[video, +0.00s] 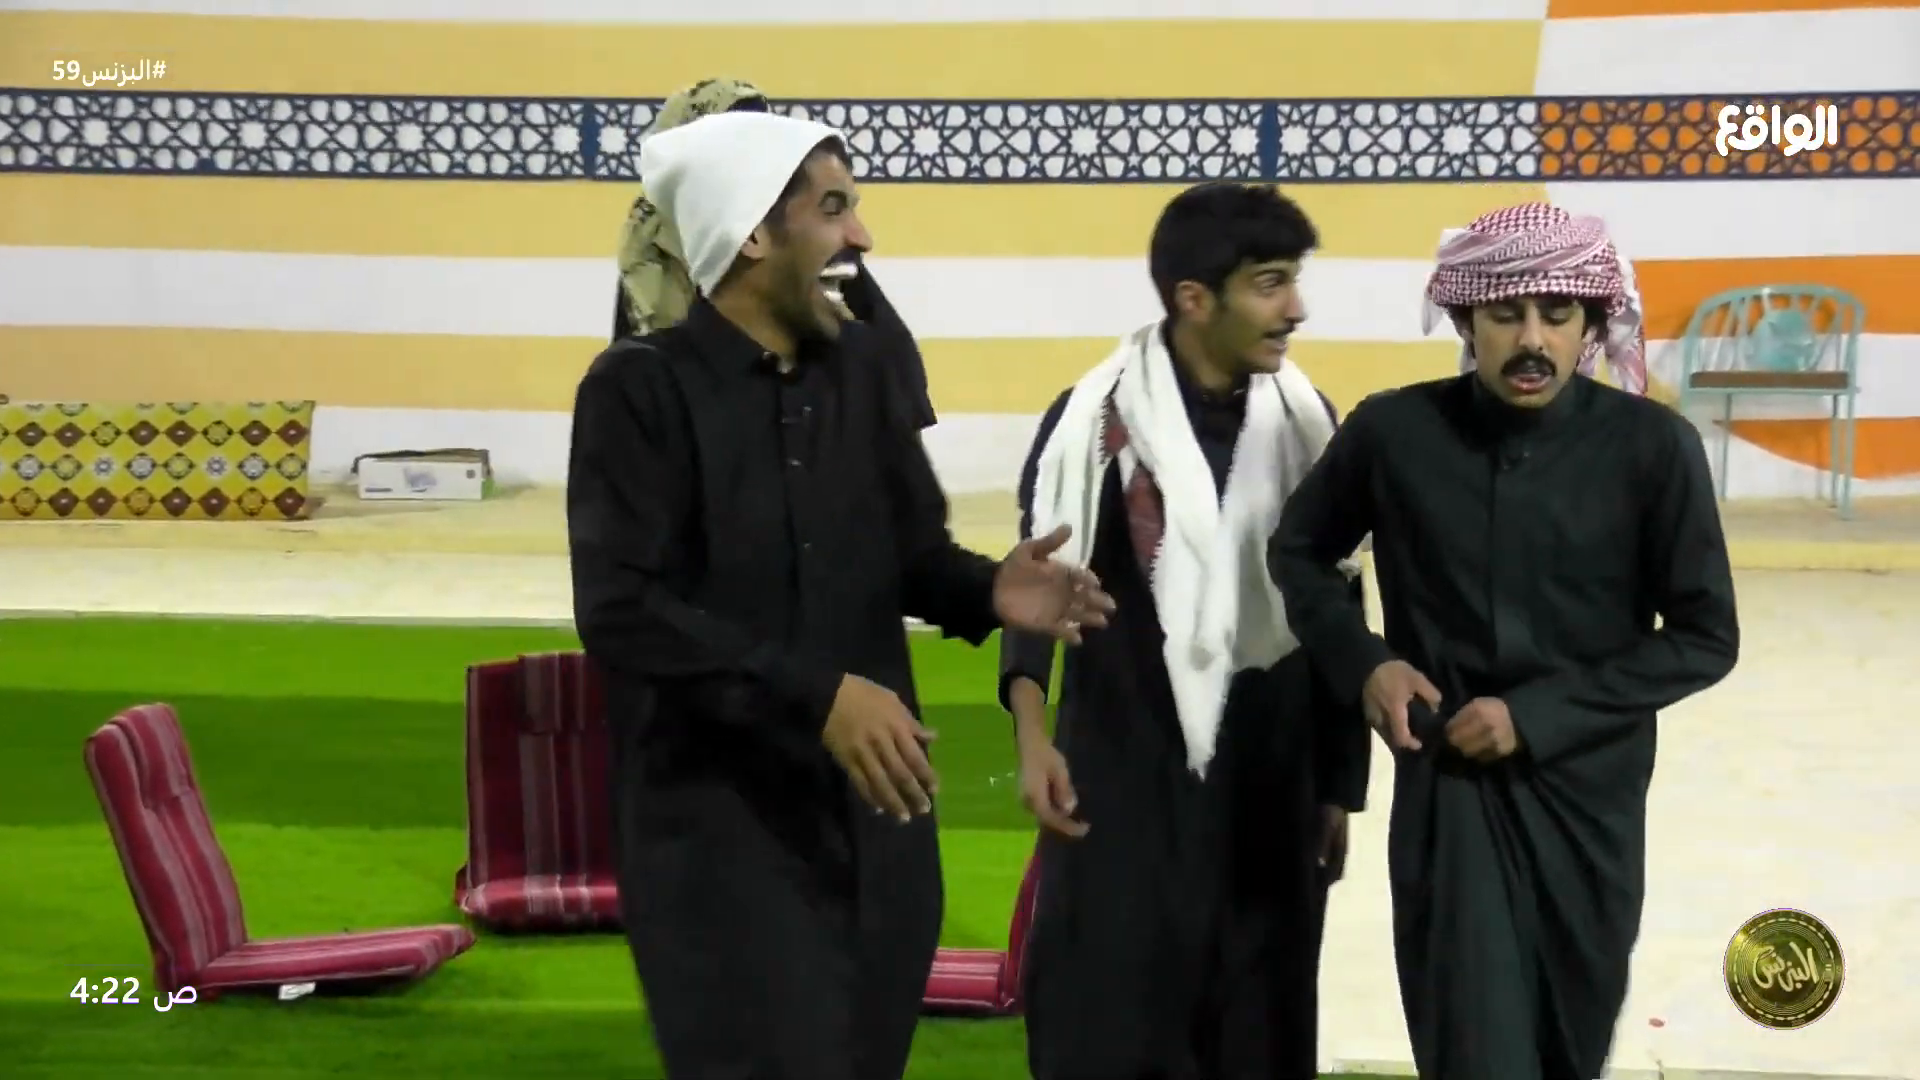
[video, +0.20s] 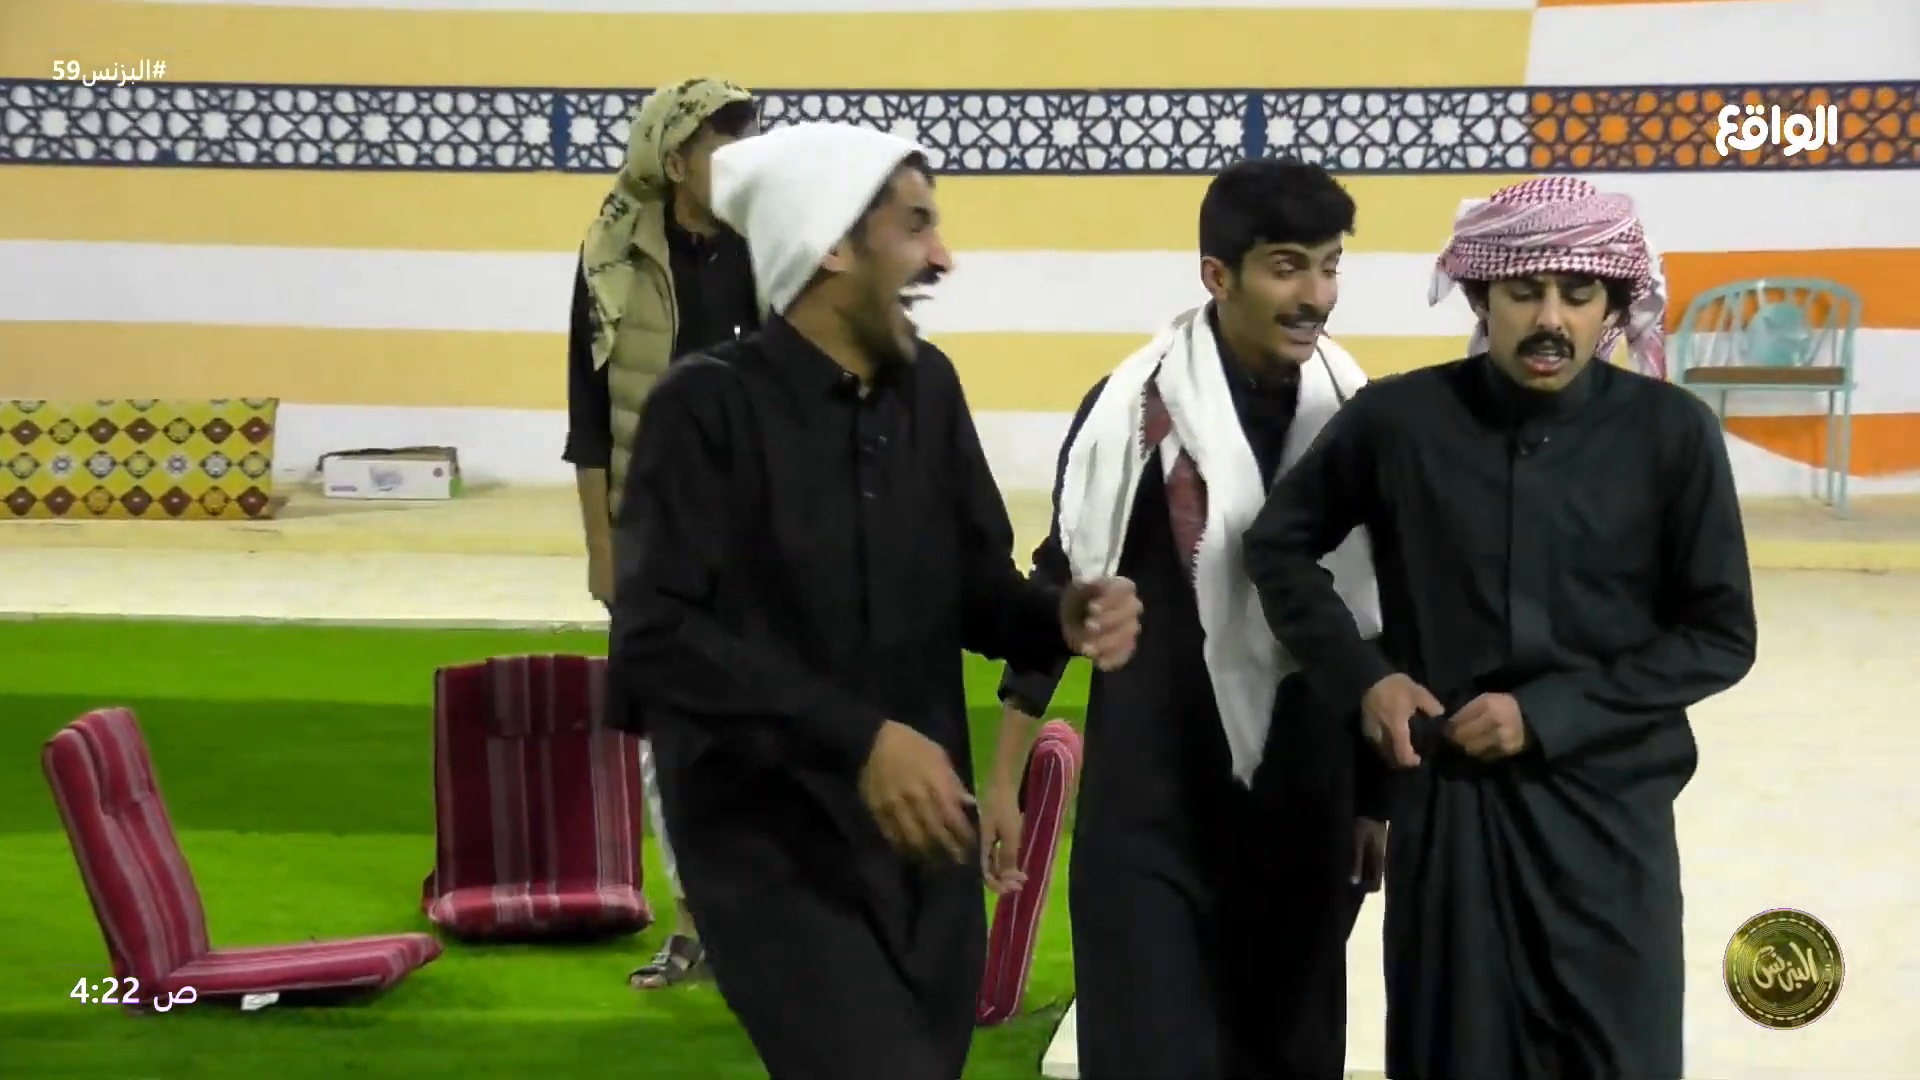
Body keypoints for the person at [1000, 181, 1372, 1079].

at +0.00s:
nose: (1295, 307)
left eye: (1295, 281)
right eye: (1272, 285)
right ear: (1191, 298)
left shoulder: (1307, 423)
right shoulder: (1087, 422)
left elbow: (1336, 611)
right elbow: (1035, 591)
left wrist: (1339, 790)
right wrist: (1033, 737)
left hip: (1269, 779)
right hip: (1127, 772)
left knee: (1257, 1021)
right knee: (1116, 1019)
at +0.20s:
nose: (1315, 295)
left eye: (1328, 269)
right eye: (1287, 270)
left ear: (1342, 271)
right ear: (1217, 275)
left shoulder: (1348, 406)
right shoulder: (1128, 410)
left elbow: (1381, 611)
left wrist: (1375, 797)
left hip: (1299, 808)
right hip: (1150, 809)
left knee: (1292, 1056)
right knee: (1159, 1052)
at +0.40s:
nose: (1273, 318)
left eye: (1297, 290)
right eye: (1246, 292)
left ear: (1328, 296)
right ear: (1202, 302)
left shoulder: (1372, 431)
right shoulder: (1136, 444)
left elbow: (1418, 639)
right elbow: (1073, 631)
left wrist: (1406, 840)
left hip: (1328, 842)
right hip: (1178, 842)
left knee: (1313, 1060)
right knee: (1189, 1056)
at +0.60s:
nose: (1262, 316)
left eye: (1285, 284)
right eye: (1230, 289)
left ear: (1313, 287)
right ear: (1184, 299)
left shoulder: (1365, 413)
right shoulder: (1131, 447)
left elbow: (1428, 581)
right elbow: (1099, 636)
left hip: (1360, 821)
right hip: (1202, 841)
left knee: (1365, 1041)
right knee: (1213, 1040)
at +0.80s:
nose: (1235, 304)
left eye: (1260, 276)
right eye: (1207, 277)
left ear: (1297, 286)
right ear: (1165, 286)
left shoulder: (1359, 412)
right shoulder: (1113, 424)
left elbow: (1427, 595)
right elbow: (1093, 610)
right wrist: (1133, 496)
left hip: (1327, 809)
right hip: (1169, 813)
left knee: (1334, 1034)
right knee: (1189, 1035)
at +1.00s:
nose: (1177, 294)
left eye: (1210, 268)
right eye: (1173, 266)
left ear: (1292, 287)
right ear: (1162, 272)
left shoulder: (1382, 413)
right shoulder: (1135, 412)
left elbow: (1408, 585)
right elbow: (1098, 587)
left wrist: (1304, 446)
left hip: (1315, 809)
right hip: (1159, 807)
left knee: (1306, 1044)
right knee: (1163, 1035)